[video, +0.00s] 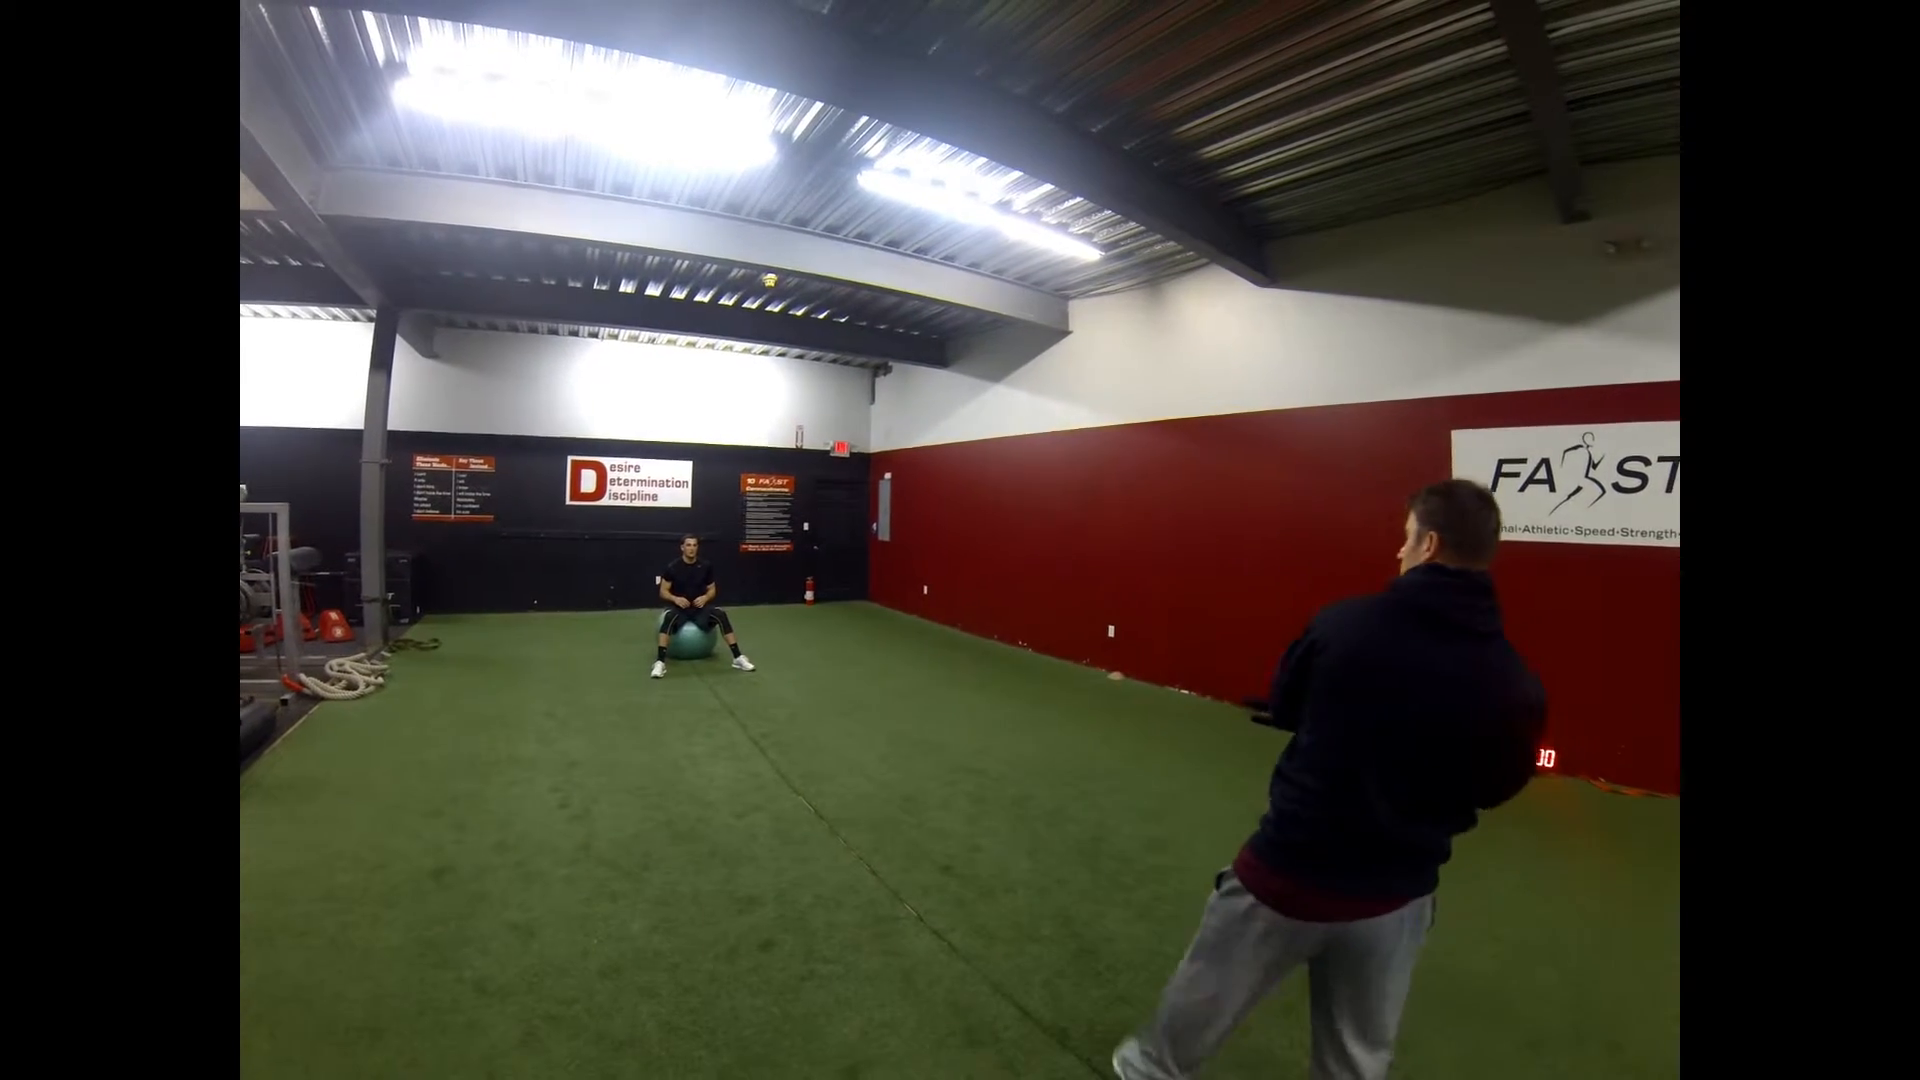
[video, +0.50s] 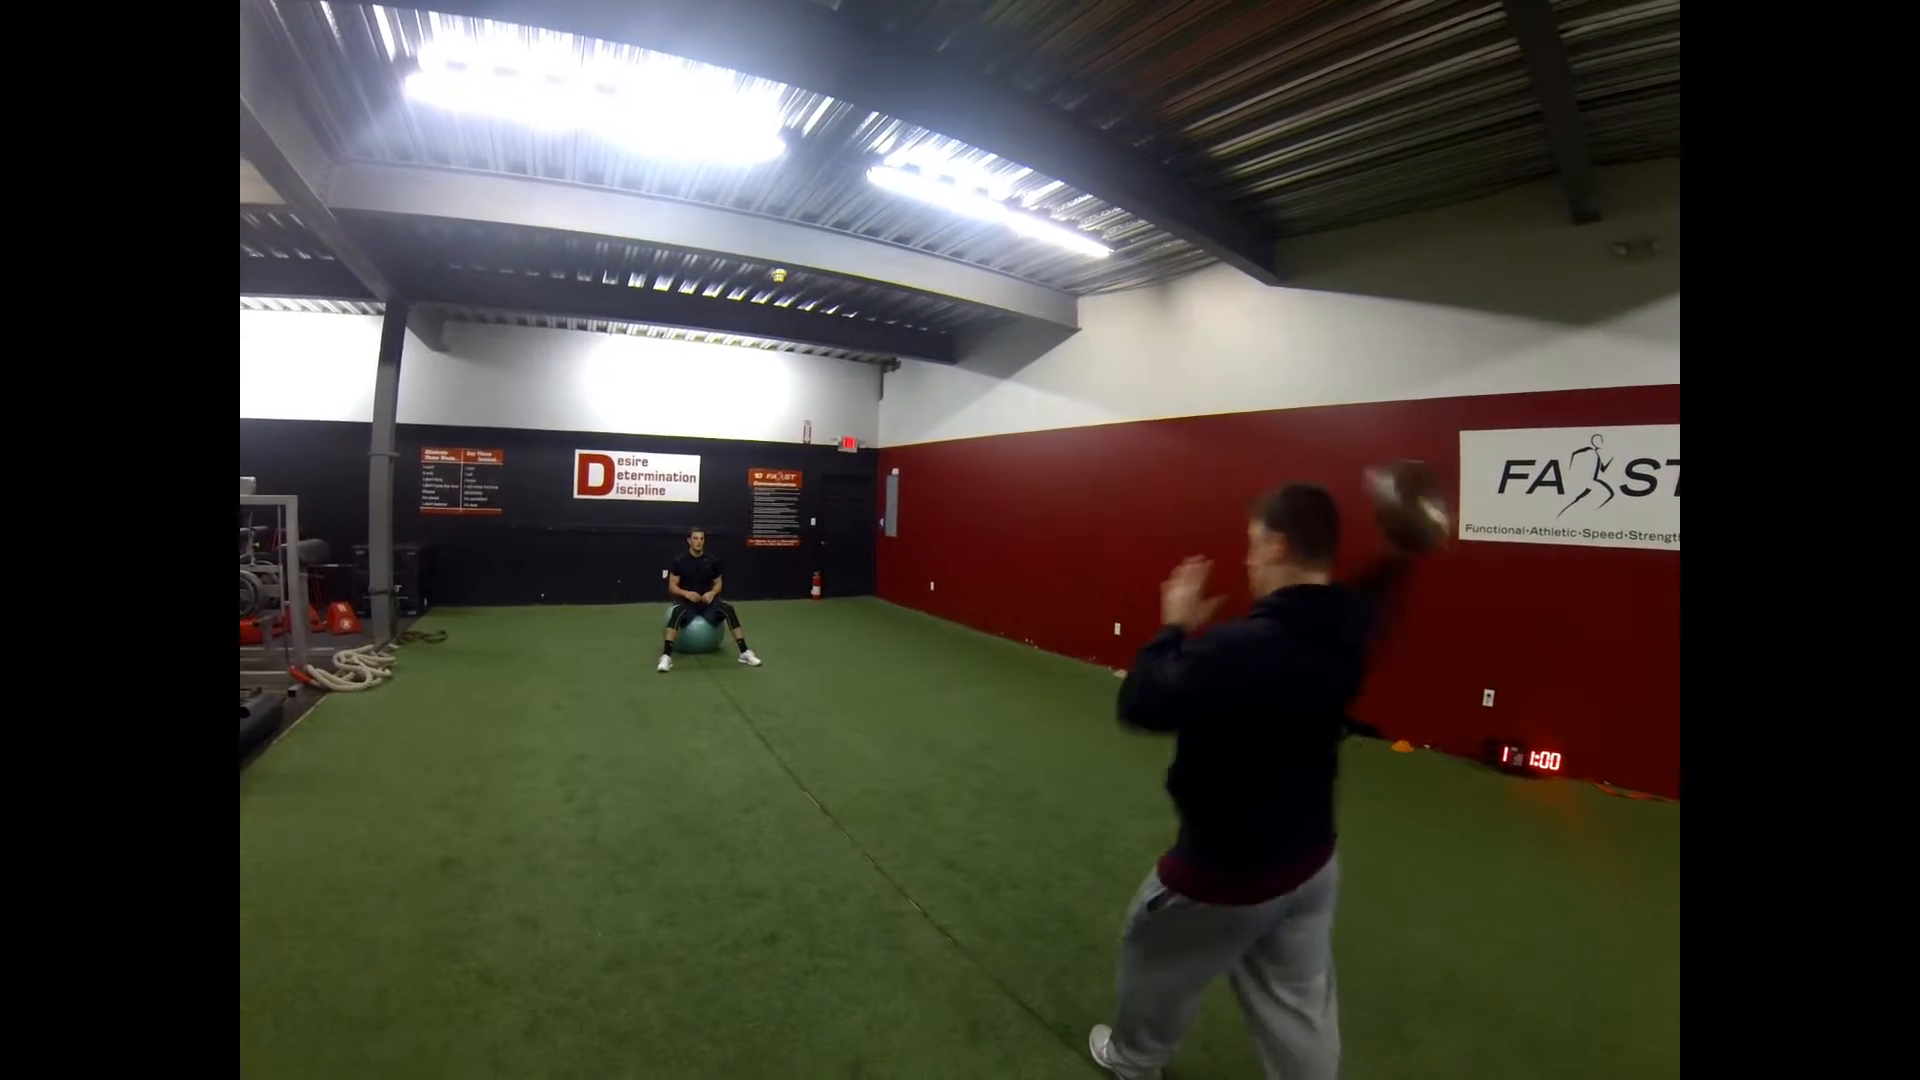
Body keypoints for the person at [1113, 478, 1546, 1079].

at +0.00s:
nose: (1399, 553)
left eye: (1406, 538)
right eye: (1404, 537)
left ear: (1430, 544)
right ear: (1489, 555)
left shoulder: (1346, 626)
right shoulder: (1512, 684)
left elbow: (1286, 705)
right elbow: (1493, 788)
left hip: (1283, 882)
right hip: (1393, 902)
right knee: (1357, 1064)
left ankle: (1154, 1067)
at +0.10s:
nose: (1392, 553)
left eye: (1398, 539)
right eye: (1396, 539)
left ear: (1419, 544)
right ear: (1479, 555)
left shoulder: (1334, 627)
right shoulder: (1497, 680)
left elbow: (1286, 709)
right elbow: (1494, 789)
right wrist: (1428, 727)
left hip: (1274, 876)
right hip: (1383, 900)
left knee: (1199, 988)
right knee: (1355, 1060)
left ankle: (1141, 1060)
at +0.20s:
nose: (1359, 557)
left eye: (1365, 542)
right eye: (1363, 542)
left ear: (1389, 545)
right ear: (1446, 558)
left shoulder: (1310, 629)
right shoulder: (1459, 666)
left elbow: (1284, 691)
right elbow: (1522, 753)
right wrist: (1481, 663)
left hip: (1256, 872)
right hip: (1361, 895)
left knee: (1187, 973)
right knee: (1347, 1053)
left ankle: (1131, 1054)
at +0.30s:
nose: (1331, 550)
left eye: (1340, 538)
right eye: (1334, 537)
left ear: (1362, 545)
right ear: (1427, 561)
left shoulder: (1299, 625)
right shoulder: (1448, 658)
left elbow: (1236, 648)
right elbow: (1540, 697)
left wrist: (1300, 595)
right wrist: (1492, 622)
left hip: (1245, 868)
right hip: (1349, 882)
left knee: (1180, 959)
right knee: (1337, 1044)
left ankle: (1138, 1053)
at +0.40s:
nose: (1281, 552)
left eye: (1287, 541)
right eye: (1283, 541)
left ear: (1310, 546)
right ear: (1365, 553)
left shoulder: (1249, 636)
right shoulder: (1389, 644)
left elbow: (1167, 675)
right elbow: (1470, 638)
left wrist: (1209, 606)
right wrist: (1462, 557)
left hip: (1227, 871)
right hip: (1322, 870)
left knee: (1165, 963)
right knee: (1313, 1025)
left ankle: (1136, 1056)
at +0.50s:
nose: (1248, 556)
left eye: (1253, 543)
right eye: (1250, 543)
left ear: (1276, 546)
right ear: (1328, 549)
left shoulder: (1238, 645)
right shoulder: (1344, 623)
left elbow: (1141, 704)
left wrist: (1174, 628)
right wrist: (1402, 550)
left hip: (1221, 871)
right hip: (1307, 859)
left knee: (1155, 957)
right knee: (1299, 1006)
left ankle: (1136, 1056)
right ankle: (1314, 1073)